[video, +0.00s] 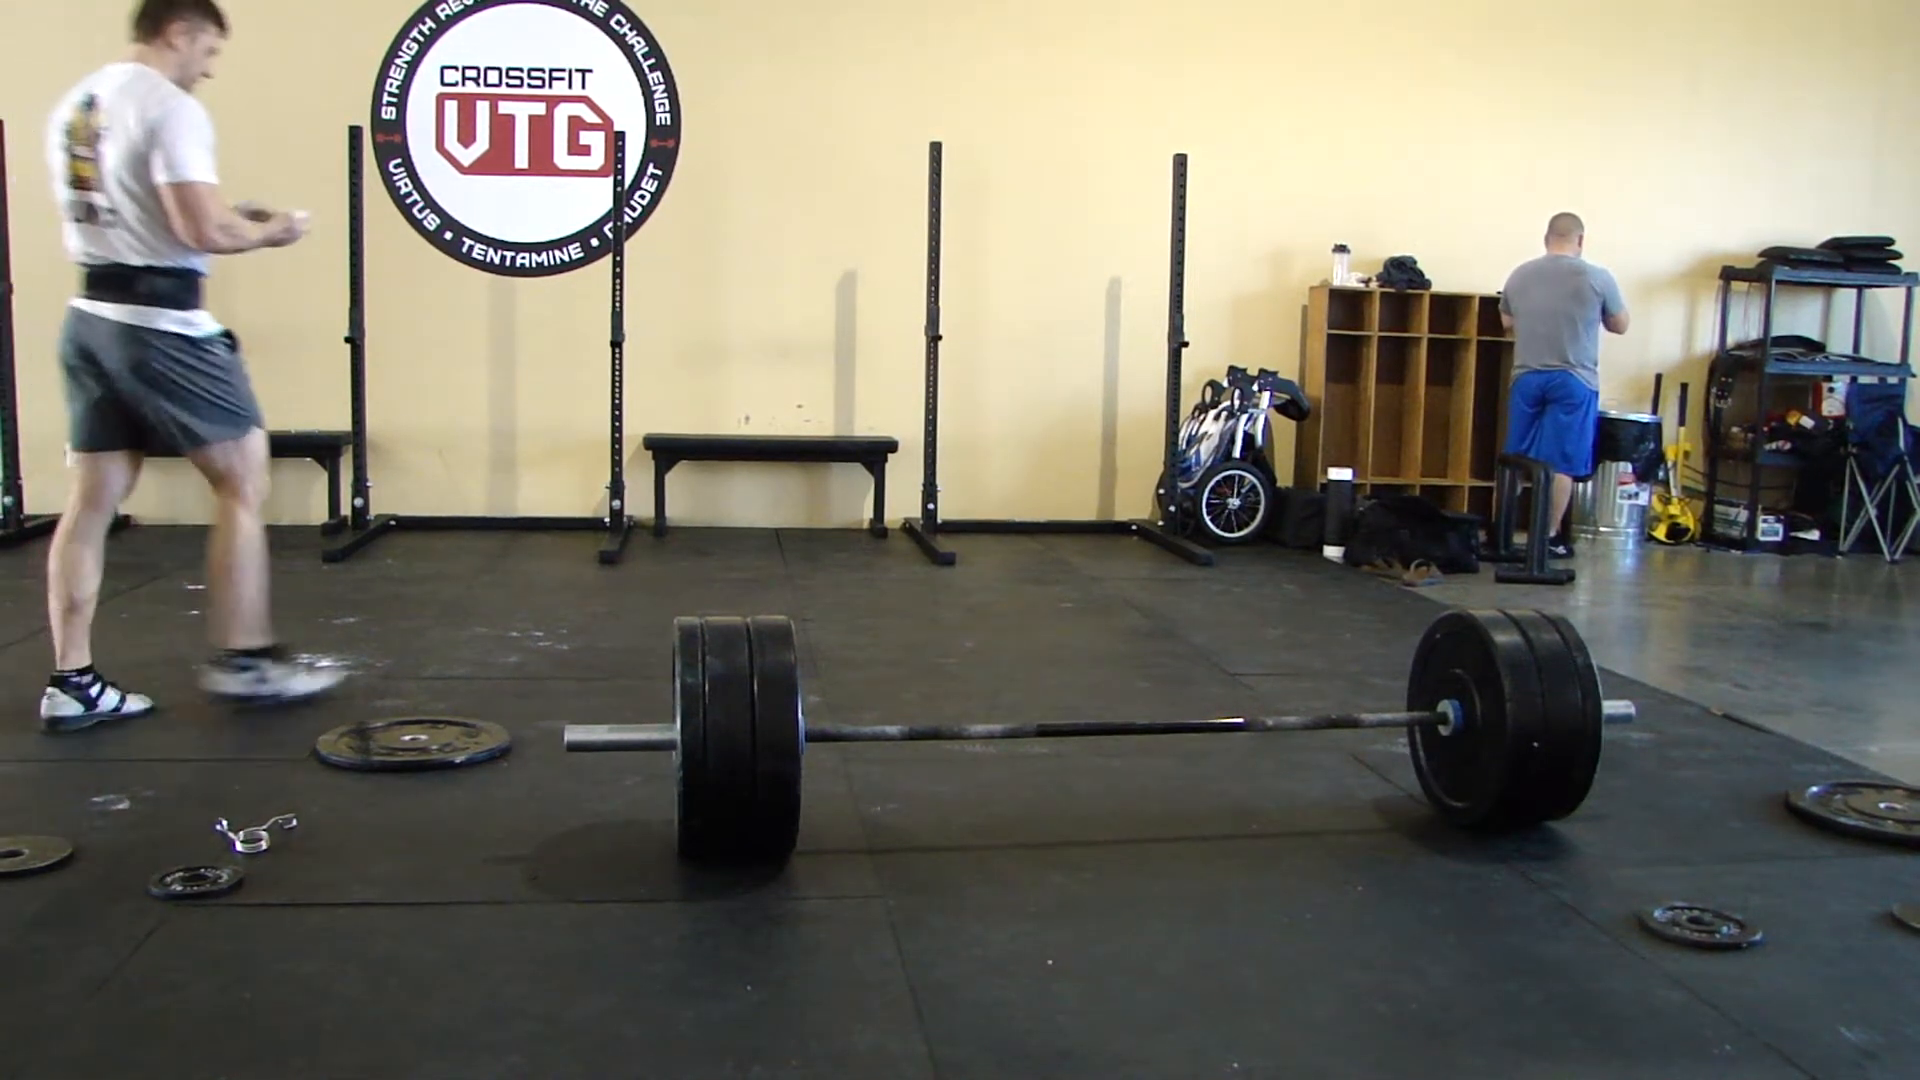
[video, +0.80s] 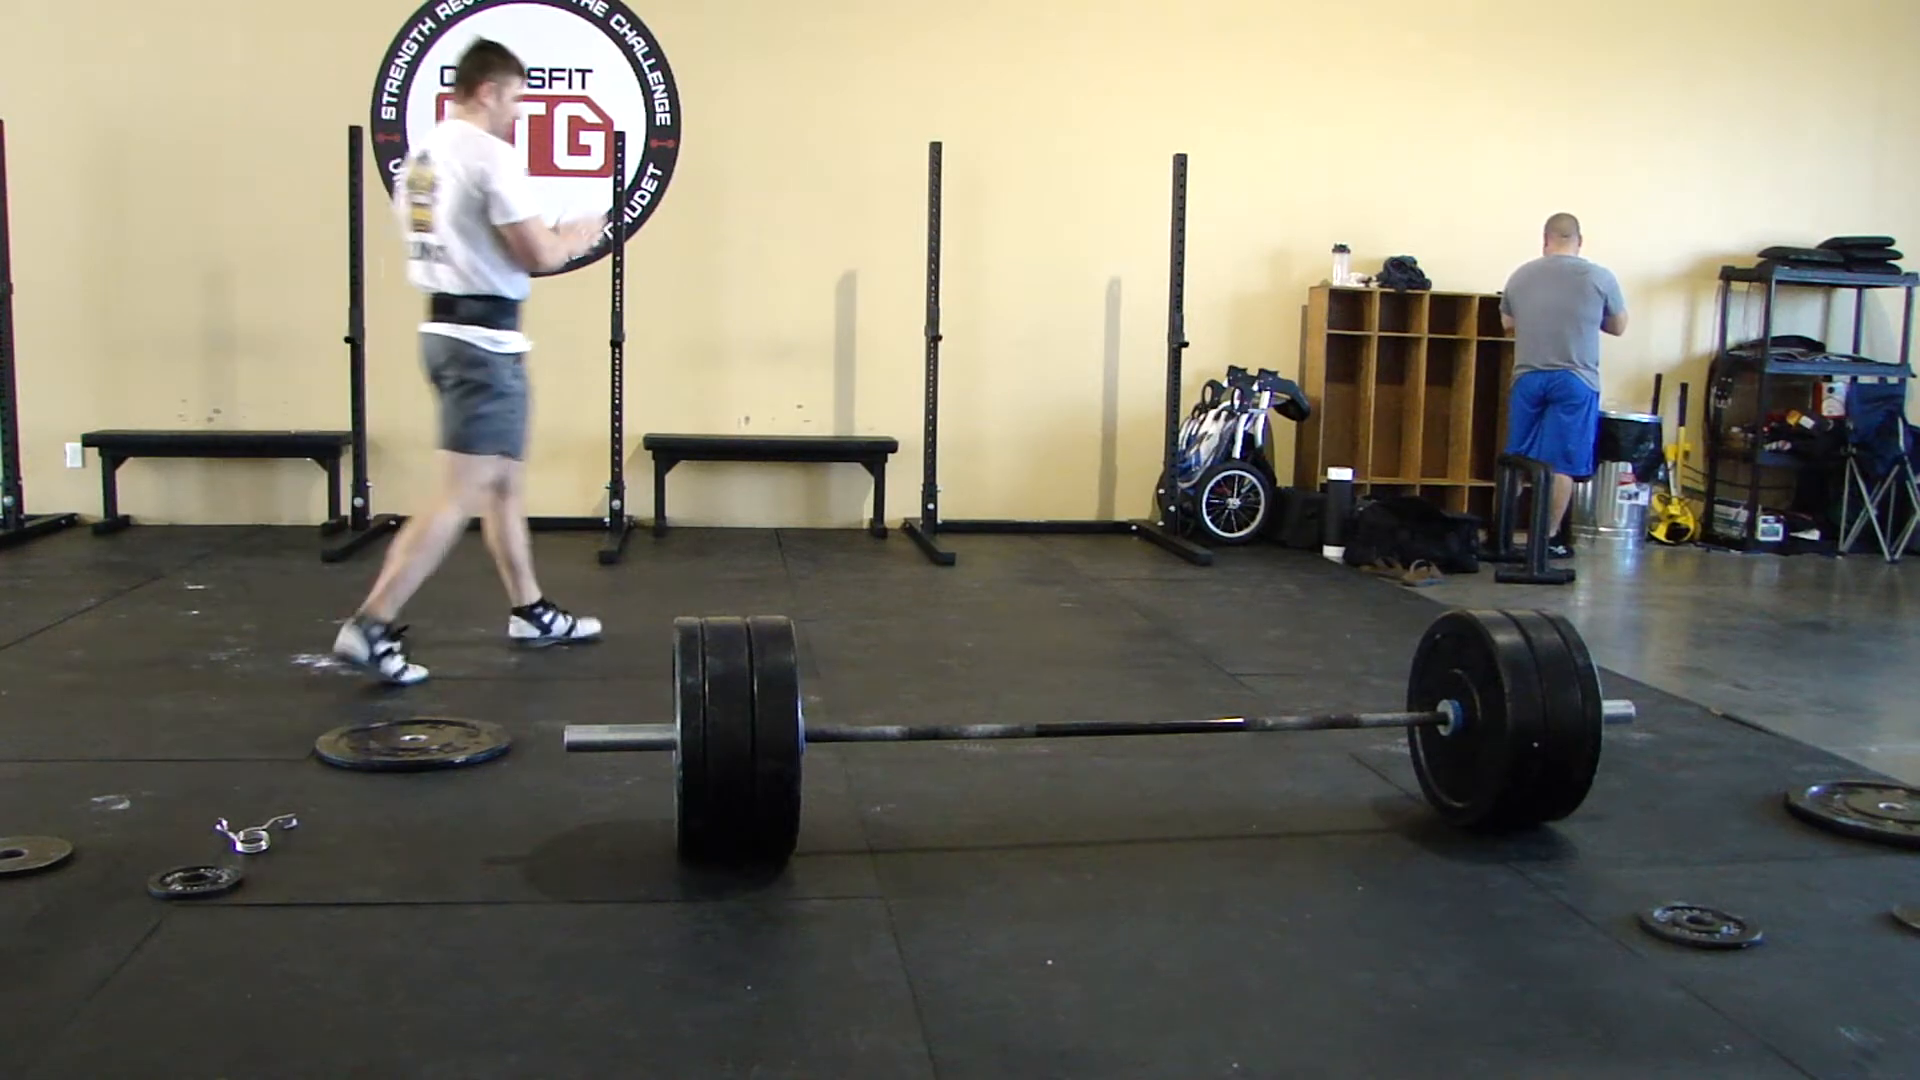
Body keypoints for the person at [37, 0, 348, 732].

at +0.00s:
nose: (211, 69)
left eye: (217, 55)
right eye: (209, 52)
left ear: (156, 32)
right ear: (175, 34)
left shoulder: (75, 102)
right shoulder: (173, 109)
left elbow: (103, 216)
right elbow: (201, 227)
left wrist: (232, 216)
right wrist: (274, 233)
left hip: (93, 322)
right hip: (167, 328)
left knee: (92, 500)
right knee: (242, 484)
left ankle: (71, 680)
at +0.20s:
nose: (302, 90)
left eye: (305, 75)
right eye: (299, 73)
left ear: (249, 61)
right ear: (267, 60)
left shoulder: (185, 125)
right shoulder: (263, 134)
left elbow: (217, 236)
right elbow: (298, 250)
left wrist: (331, 233)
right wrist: (348, 234)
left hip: (196, 341)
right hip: (265, 351)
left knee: (171, 501)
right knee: (324, 496)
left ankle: (91, 653)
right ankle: (352, 653)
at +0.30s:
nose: (346, 88)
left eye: (349, 74)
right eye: (343, 72)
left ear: (291, 62)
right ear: (313, 61)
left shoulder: (234, 125)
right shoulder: (310, 131)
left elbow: (282, 238)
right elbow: (350, 244)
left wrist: (390, 225)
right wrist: (409, 226)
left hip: (250, 334)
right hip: (314, 340)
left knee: (252, 486)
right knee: (359, 488)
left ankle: (155, 602)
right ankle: (354, 648)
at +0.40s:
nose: (380, 84)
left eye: (382, 70)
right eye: (377, 68)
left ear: (323, 58)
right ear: (346, 57)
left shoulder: (272, 122)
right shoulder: (352, 125)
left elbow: (316, 221)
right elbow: (396, 233)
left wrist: (413, 211)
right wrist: (445, 215)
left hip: (290, 326)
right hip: (351, 335)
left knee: (324, 464)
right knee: (371, 491)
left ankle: (249, 575)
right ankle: (353, 649)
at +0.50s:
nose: (413, 85)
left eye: (415, 72)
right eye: (411, 70)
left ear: (360, 58)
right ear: (383, 58)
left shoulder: (311, 122)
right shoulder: (383, 125)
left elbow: (367, 216)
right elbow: (435, 228)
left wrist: (458, 208)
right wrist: (487, 214)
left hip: (329, 324)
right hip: (383, 334)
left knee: (361, 465)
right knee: (380, 495)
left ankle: (336, 591)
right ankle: (357, 646)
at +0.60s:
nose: (449, 93)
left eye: (451, 80)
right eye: (446, 78)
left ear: (396, 70)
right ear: (416, 69)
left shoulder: (347, 132)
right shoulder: (416, 134)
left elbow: (394, 226)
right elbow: (471, 237)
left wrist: (492, 217)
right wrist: (528, 222)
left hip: (367, 327)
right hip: (413, 336)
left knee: (425, 476)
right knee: (388, 493)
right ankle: (353, 646)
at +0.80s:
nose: (519, 112)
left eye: (521, 100)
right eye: (516, 99)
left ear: (464, 94)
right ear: (487, 94)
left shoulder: (425, 152)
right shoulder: (484, 155)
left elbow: (462, 243)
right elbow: (537, 254)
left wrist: (545, 235)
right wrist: (578, 238)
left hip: (449, 338)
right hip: (483, 344)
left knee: (502, 481)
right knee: (463, 492)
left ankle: (530, 612)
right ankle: (373, 625)